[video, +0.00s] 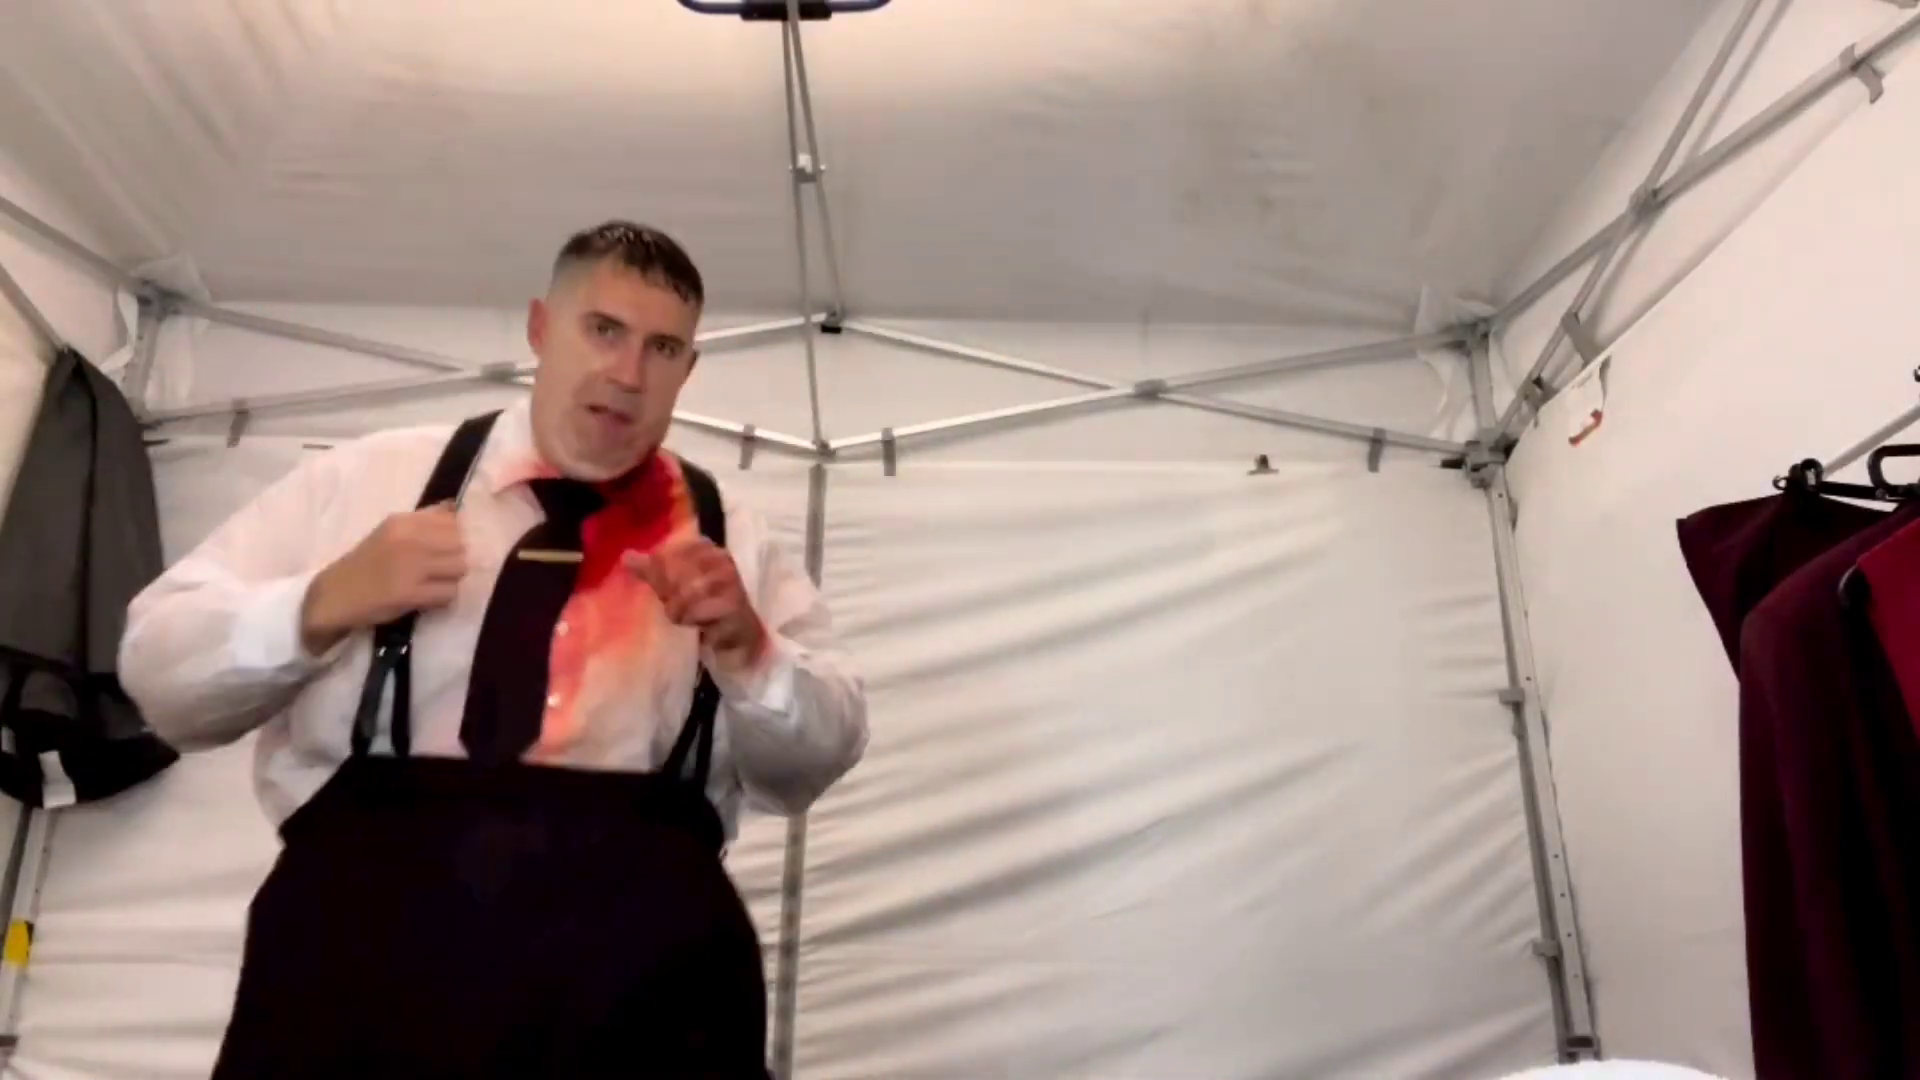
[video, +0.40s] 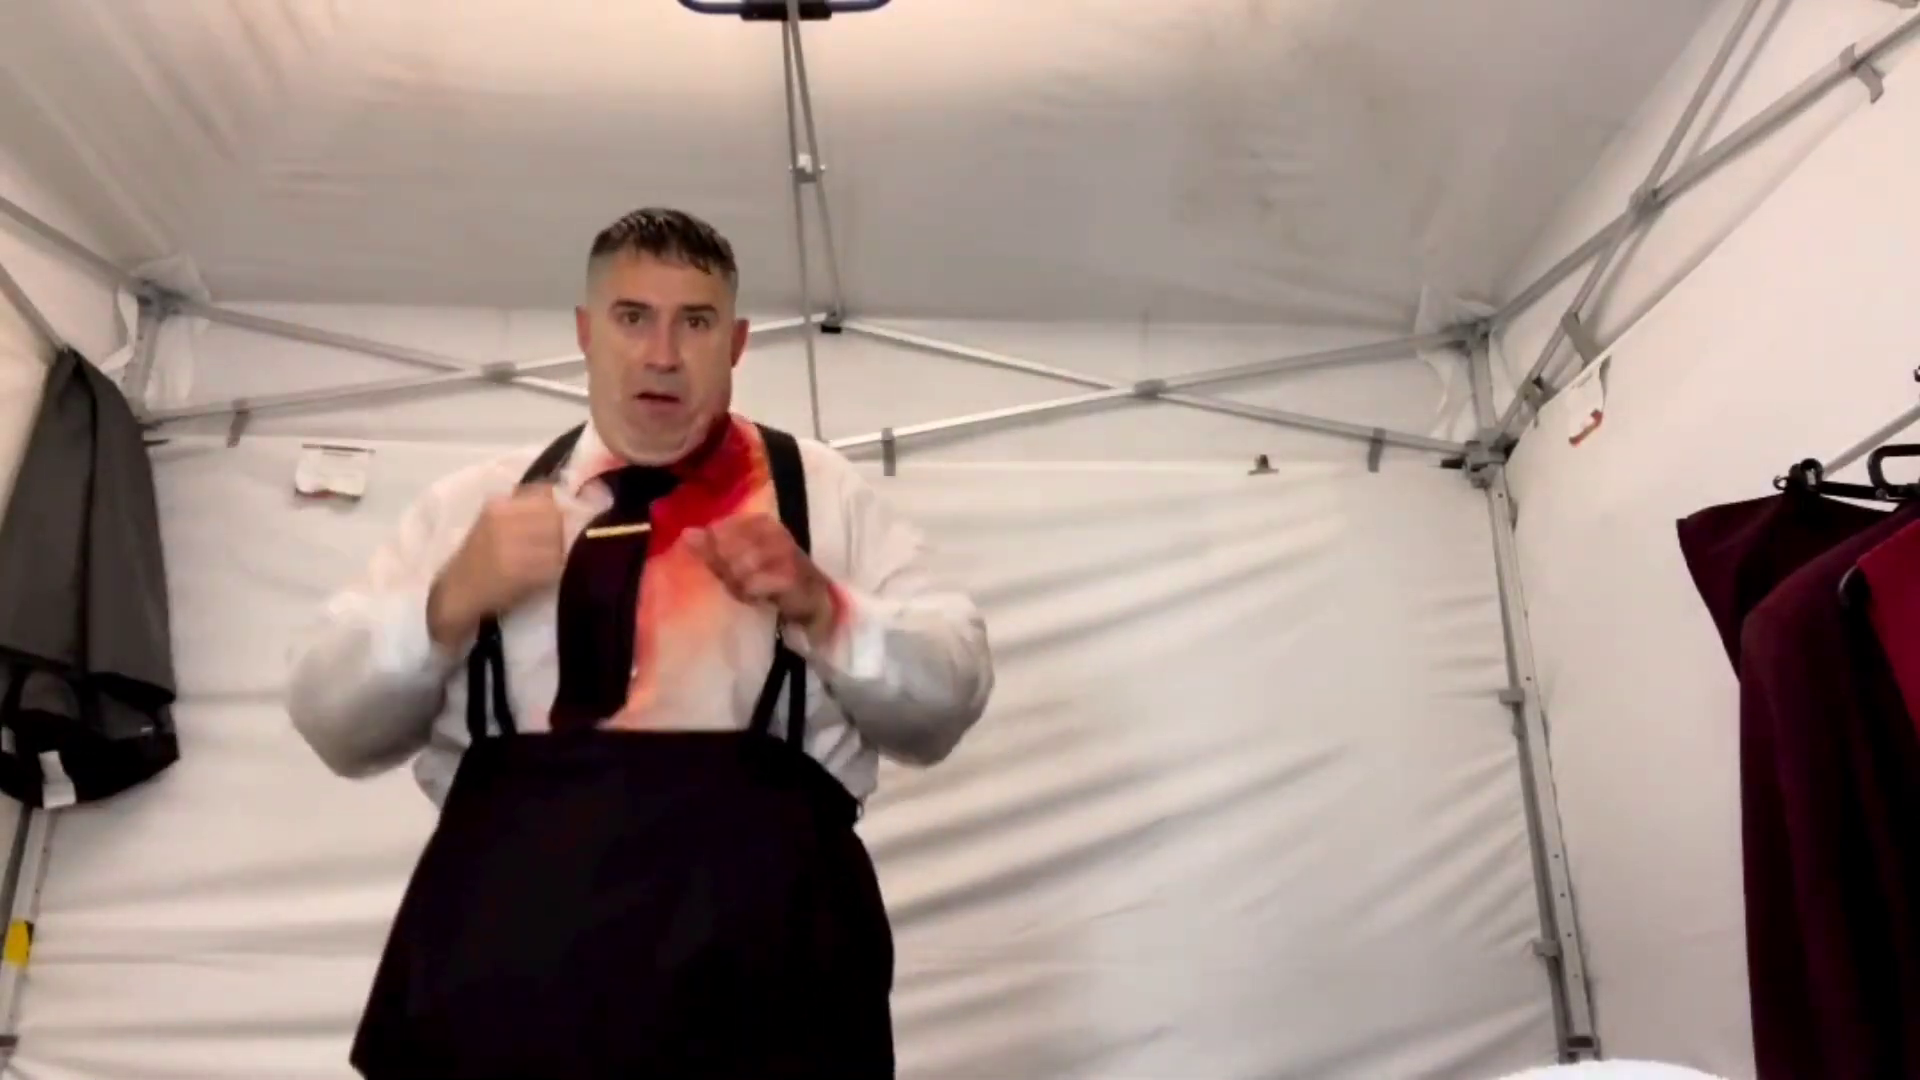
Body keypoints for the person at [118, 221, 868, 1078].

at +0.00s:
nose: (628, 374)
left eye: (663, 350)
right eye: (604, 332)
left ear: (687, 372)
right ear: (540, 331)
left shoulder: (730, 534)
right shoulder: (373, 478)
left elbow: (815, 760)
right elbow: (157, 673)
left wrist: (746, 653)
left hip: (634, 896)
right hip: (382, 882)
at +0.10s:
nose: (615, 312)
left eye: (651, 284)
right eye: (589, 277)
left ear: (695, 312)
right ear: (543, 290)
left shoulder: (770, 471)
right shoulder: (413, 440)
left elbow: (883, 670)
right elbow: (238, 629)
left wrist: (803, 645)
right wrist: (401, 542)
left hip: (677, 839)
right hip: (441, 825)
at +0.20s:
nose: (617, 342)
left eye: (650, 311)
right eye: (588, 310)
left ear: (703, 333)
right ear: (552, 329)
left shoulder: (811, 488)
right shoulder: (456, 484)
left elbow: (951, 653)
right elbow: (281, 654)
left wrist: (860, 665)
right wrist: (433, 568)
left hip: (721, 898)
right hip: (485, 888)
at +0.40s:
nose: (661, 353)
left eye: (693, 323)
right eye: (631, 318)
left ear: (736, 346)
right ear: (583, 336)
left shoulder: (825, 495)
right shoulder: (480, 508)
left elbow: (941, 707)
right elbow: (336, 727)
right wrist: (456, 600)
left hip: (750, 902)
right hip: (525, 906)